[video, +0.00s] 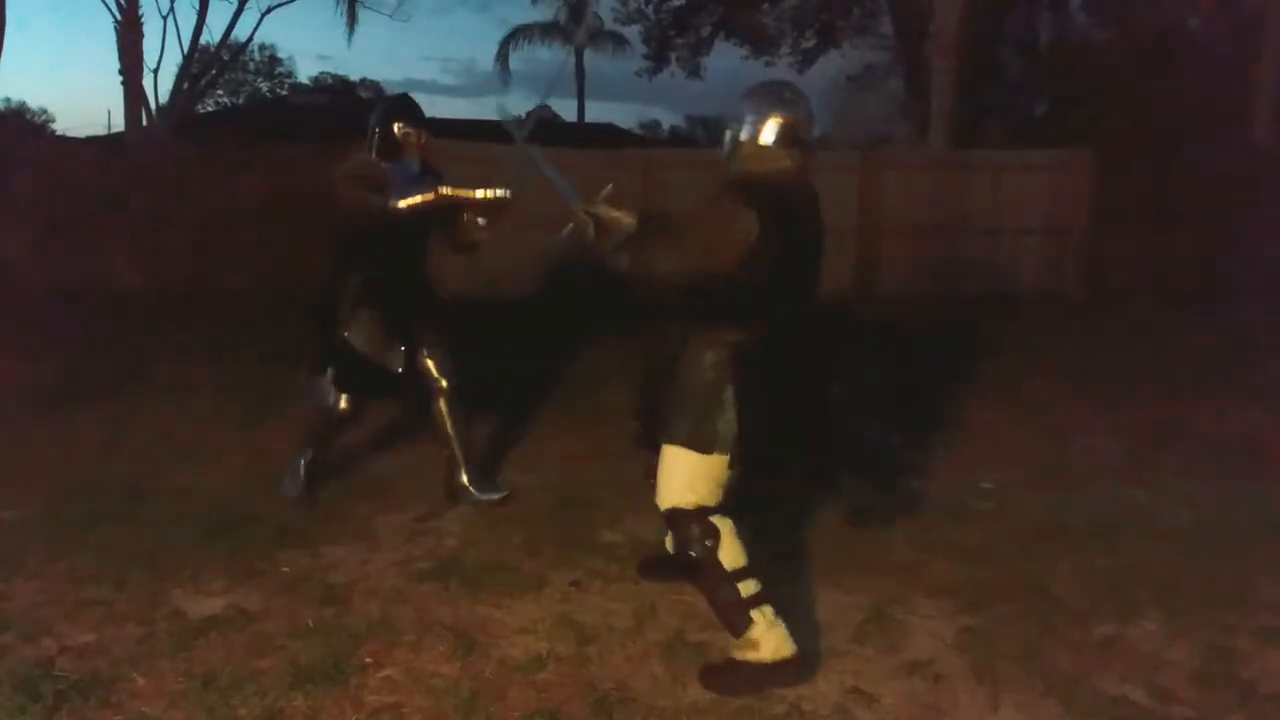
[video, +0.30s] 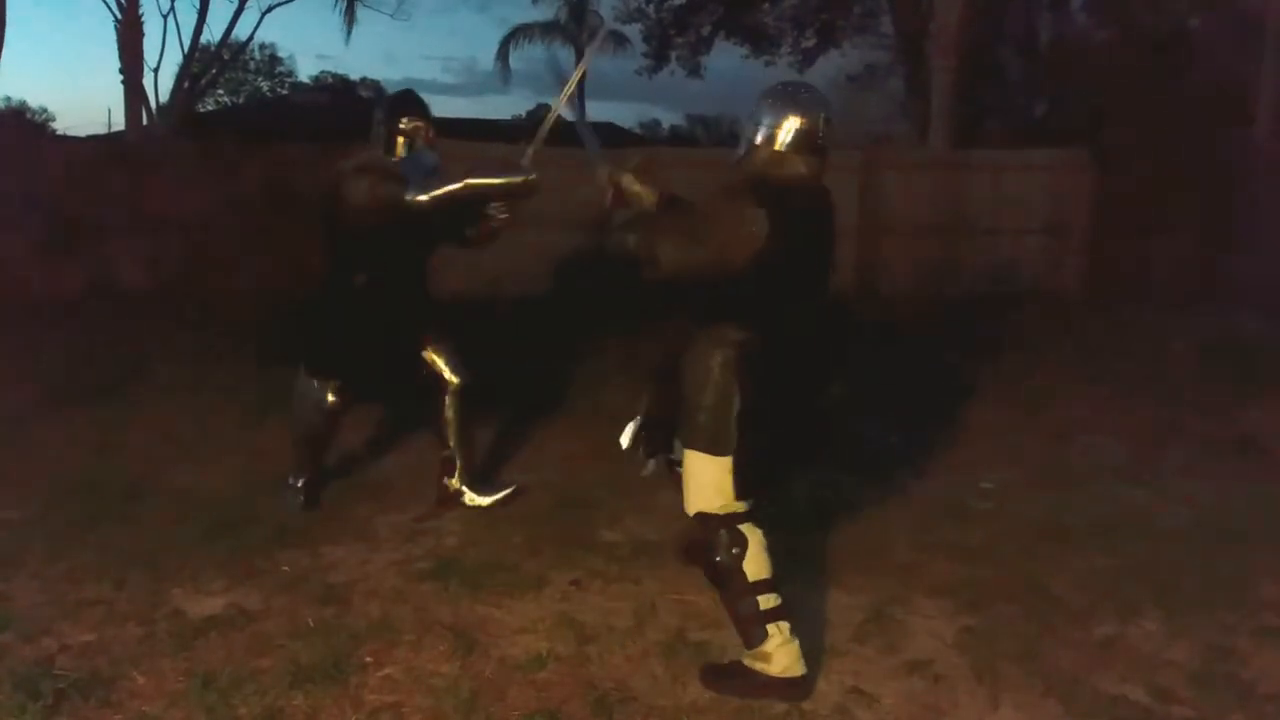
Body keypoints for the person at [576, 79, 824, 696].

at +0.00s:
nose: (729, 139)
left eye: (738, 128)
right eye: (735, 127)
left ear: (755, 133)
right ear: (791, 134)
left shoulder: (753, 202)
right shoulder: (785, 196)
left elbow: (692, 263)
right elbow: (703, 240)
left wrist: (615, 247)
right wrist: (637, 226)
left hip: (728, 363)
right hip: (756, 355)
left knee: (689, 503)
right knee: (695, 456)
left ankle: (768, 645)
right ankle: (690, 551)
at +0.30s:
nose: (749, 145)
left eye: (758, 135)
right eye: (758, 136)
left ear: (771, 137)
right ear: (809, 142)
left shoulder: (776, 198)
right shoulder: (799, 195)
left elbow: (712, 252)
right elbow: (721, 235)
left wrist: (645, 214)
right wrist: (657, 205)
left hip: (744, 362)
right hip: (782, 349)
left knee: (717, 509)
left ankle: (777, 658)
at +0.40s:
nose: (740, 146)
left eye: (748, 136)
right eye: (747, 136)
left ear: (762, 139)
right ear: (801, 142)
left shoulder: (767, 202)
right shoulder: (794, 198)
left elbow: (704, 235)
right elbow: (713, 213)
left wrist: (643, 208)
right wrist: (655, 184)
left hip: (738, 366)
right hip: (766, 359)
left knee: (725, 510)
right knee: (744, 494)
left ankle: (775, 655)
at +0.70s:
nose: (725, 131)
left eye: (734, 122)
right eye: (730, 122)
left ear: (751, 123)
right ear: (774, 122)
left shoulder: (762, 179)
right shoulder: (765, 172)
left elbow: (704, 207)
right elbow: (695, 164)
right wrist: (647, 125)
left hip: (743, 329)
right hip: (742, 324)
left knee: (689, 439)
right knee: (703, 435)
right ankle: (728, 538)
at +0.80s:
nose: (722, 131)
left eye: (733, 122)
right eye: (728, 122)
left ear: (752, 126)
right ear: (777, 126)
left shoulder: (755, 182)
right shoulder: (777, 175)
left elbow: (694, 207)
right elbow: (693, 164)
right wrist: (639, 122)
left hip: (740, 325)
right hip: (758, 319)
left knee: (687, 446)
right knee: (726, 422)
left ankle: (716, 564)